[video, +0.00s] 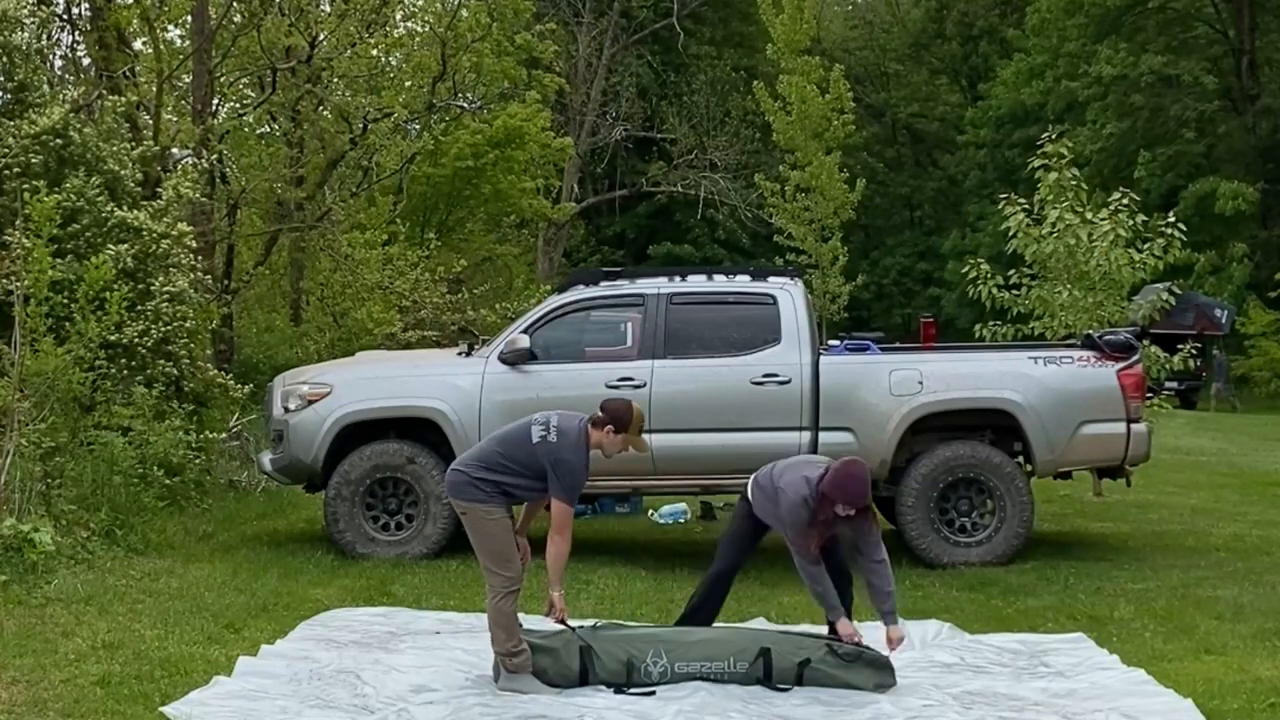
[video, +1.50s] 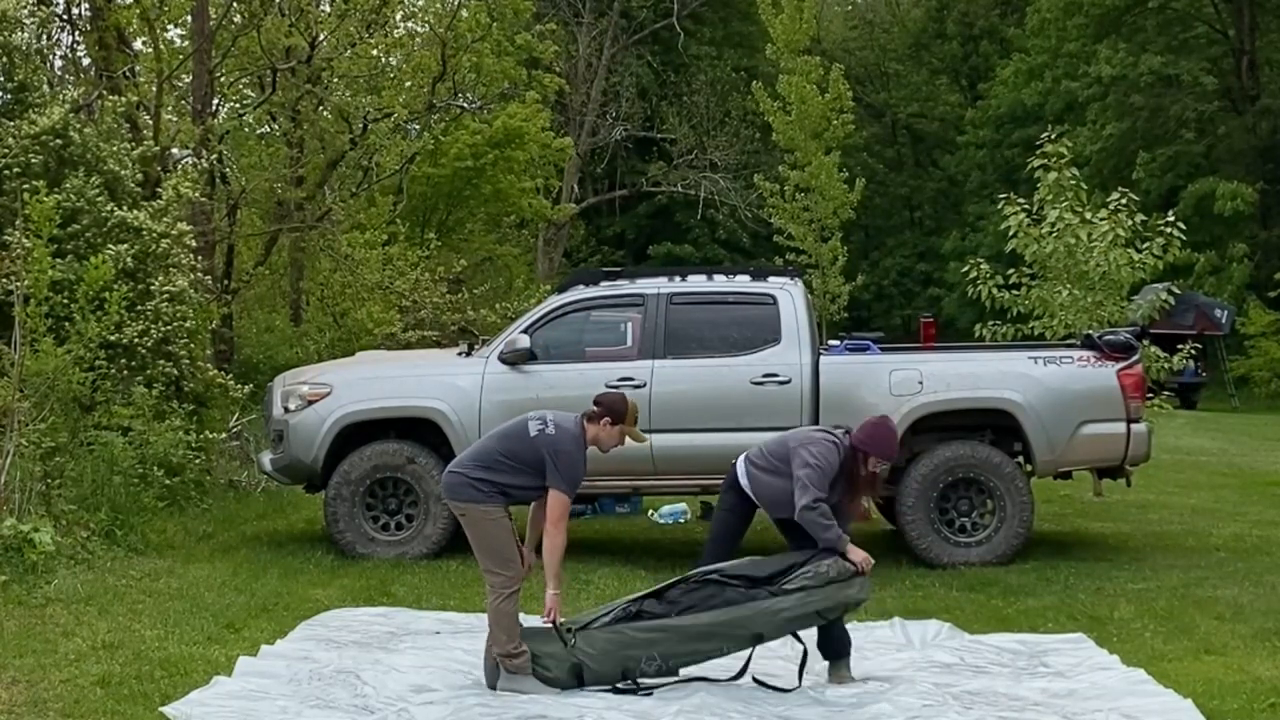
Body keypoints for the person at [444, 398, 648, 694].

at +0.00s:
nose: (626, 447)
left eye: (629, 441)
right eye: (625, 439)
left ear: (605, 426)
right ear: (607, 431)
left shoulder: (576, 427)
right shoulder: (569, 459)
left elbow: (543, 487)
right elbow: (558, 536)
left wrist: (521, 530)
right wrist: (556, 590)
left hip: (482, 483)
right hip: (475, 487)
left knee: (508, 573)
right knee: (505, 578)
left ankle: (506, 664)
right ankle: (514, 671)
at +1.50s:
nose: (622, 442)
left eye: (625, 435)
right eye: (622, 433)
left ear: (601, 421)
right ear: (604, 423)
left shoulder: (566, 431)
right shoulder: (569, 450)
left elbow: (542, 500)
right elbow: (554, 525)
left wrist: (529, 547)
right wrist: (553, 590)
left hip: (476, 486)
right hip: (472, 489)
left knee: (511, 571)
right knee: (506, 576)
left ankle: (498, 661)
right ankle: (513, 670)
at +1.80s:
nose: (589, 456)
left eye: (593, 450)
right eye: (591, 447)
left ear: (568, 431)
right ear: (577, 435)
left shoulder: (531, 441)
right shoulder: (546, 451)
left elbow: (512, 520)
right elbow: (543, 528)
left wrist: (505, 570)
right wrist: (557, 588)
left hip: (434, 494)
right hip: (452, 500)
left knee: (483, 568)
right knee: (505, 580)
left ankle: (472, 653)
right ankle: (514, 673)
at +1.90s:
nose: (555, 430)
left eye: (559, 425)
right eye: (557, 422)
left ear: (535, 409)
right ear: (540, 410)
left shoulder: (494, 426)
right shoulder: (511, 437)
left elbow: (481, 509)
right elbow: (518, 513)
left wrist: (486, 562)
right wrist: (540, 569)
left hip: (409, 497)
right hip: (432, 502)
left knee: (447, 578)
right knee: (478, 584)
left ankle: (404, 657)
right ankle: (513, 673)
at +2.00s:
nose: (518, 416)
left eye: (522, 410)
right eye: (520, 407)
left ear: (495, 394)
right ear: (503, 395)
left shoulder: (450, 407)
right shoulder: (474, 420)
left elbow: (442, 487)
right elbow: (479, 500)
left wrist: (457, 543)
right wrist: (499, 558)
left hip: (370, 484)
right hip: (399, 484)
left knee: (410, 569)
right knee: (460, 552)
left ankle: (398, 665)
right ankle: (469, 649)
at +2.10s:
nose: (501, 404)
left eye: (503, 398)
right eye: (502, 395)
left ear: (474, 383)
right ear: (485, 386)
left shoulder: (433, 398)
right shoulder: (461, 417)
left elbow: (424, 482)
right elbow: (467, 498)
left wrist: (441, 531)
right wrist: (478, 551)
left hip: (357, 484)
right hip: (385, 485)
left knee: (400, 567)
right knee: (443, 553)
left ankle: (397, 665)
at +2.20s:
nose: (488, 406)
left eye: (491, 400)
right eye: (489, 398)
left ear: (461, 385)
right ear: (474, 390)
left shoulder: (422, 400)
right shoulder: (452, 423)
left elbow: (406, 462)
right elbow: (449, 501)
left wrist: (428, 511)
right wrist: (465, 547)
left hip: (348, 493)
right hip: (368, 500)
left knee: (397, 580)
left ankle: (397, 664)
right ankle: (371, 678)